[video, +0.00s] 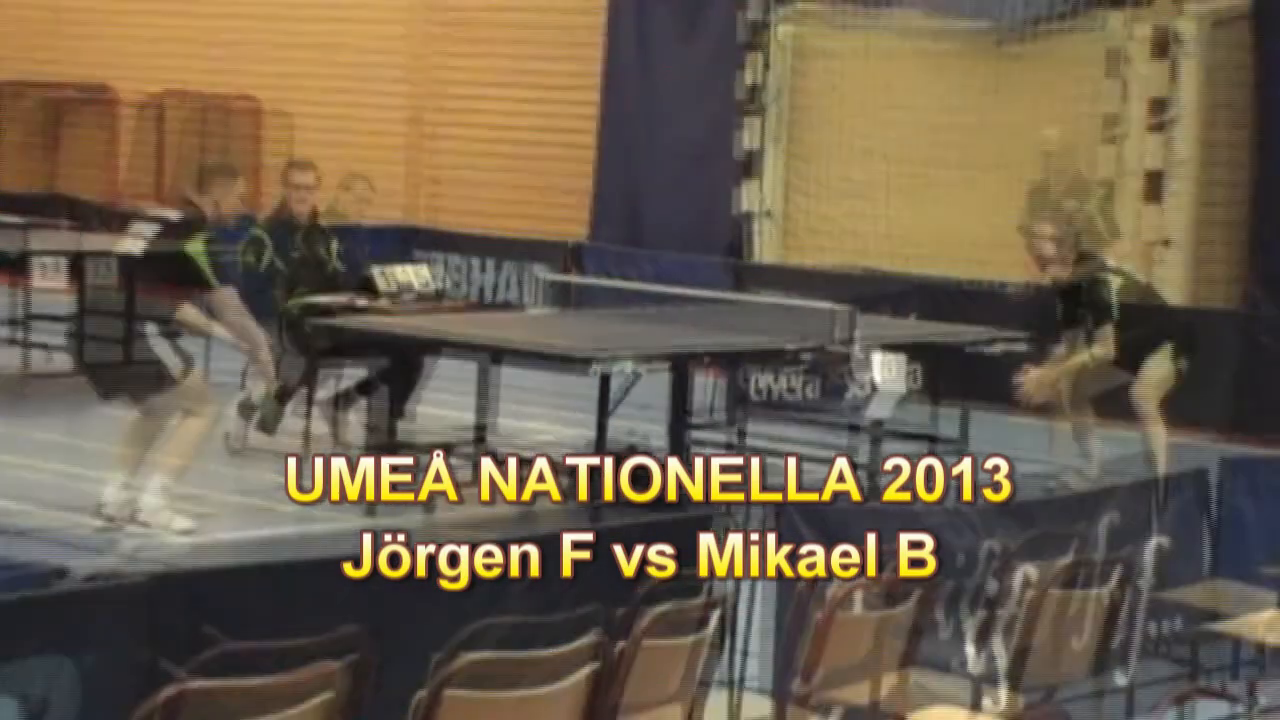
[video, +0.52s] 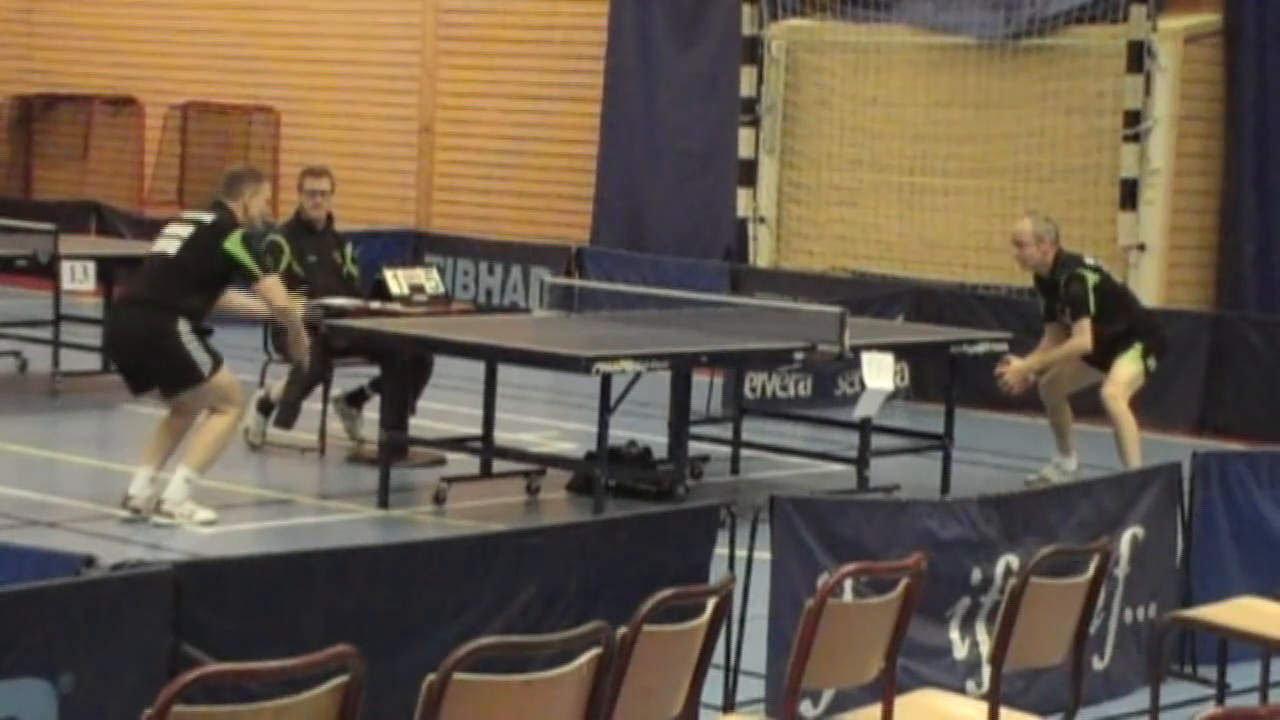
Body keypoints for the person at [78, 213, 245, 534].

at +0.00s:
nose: (241, 202)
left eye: (241, 192)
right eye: (236, 191)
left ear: (195, 191)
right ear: (211, 191)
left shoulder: (144, 230)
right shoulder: (189, 235)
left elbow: (172, 304)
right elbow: (224, 301)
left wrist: (225, 335)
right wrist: (260, 349)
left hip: (96, 339)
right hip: (140, 340)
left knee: (159, 406)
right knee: (203, 405)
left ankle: (117, 496)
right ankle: (152, 501)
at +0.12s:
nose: (251, 219)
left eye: (252, 211)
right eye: (248, 210)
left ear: (210, 206)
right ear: (227, 206)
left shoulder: (167, 227)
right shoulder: (206, 243)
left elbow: (185, 315)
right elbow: (247, 322)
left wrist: (253, 349)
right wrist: (273, 357)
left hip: (99, 332)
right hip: (140, 337)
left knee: (171, 412)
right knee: (217, 408)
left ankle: (125, 497)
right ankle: (163, 504)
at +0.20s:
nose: (256, 221)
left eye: (257, 212)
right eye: (253, 211)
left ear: (218, 207)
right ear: (232, 207)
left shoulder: (174, 228)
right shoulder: (214, 245)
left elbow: (188, 315)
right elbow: (253, 322)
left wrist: (254, 346)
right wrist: (275, 358)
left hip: (105, 330)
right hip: (144, 337)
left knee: (176, 410)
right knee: (221, 407)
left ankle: (129, 495)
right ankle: (166, 501)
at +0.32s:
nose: (262, 222)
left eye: (262, 213)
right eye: (259, 212)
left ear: (224, 209)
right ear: (239, 210)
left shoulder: (181, 230)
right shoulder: (222, 248)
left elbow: (196, 314)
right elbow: (264, 324)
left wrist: (261, 345)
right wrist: (283, 360)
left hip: (112, 331)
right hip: (152, 338)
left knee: (182, 410)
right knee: (227, 406)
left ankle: (135, 494)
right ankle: (171, 500)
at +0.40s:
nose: (267, 218)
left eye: (268, 210)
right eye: (264, 209)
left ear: (230, 206)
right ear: (244, 208)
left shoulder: (186, 229)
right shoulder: (228, 245)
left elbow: (201, 308)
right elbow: (271, 319)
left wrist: (265, 337)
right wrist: (291, 354)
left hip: (119, 330)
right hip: (160, 336)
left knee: (186, 409)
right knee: (231, 405)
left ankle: (139, 493)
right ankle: (175, 499)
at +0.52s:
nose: (267, 210)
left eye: (268, 202)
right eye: (264, 201)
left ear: (227, 197)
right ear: (244, 199)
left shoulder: (186, 222)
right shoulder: (233, 234)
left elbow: (206, 295)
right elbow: (280, 301)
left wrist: (273, 310)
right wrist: (299, 338)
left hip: (123, 319)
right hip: (165, 325)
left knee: (187, 405)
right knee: (230, 403)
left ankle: (139, 491)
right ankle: (175, 497)